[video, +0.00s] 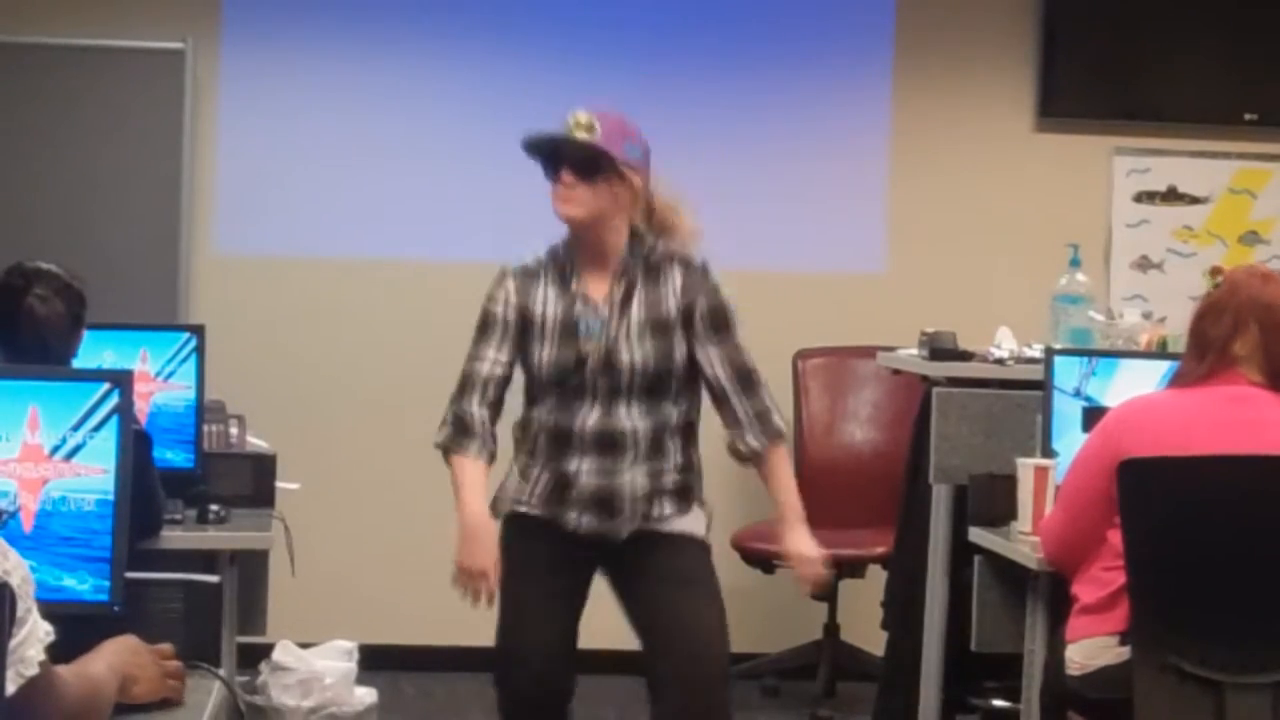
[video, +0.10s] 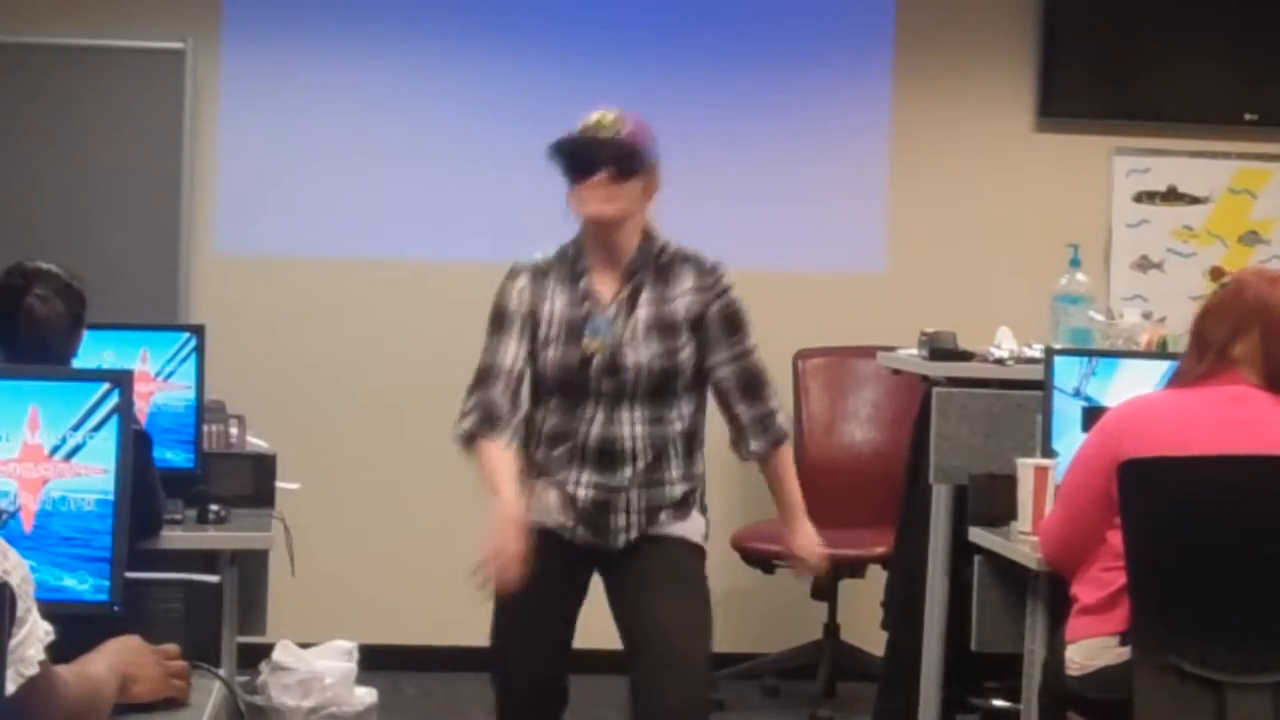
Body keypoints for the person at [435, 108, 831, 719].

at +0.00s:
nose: (561, 179)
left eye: (583, 168)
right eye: (557, 166)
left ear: (628, 186)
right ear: (549, 175)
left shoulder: (683, 282)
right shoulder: (522, 288)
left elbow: (748, 406)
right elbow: (470, 416)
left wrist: (793, 522)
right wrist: (473, 525)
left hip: (658, 517)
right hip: (546, 514)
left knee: (697, 690)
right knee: (529, 692)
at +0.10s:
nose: (597, 181)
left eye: (618, 168)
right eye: (583, 168)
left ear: (650, 185)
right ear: (568, 186)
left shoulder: (697, 285)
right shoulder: (529, 288)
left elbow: (754, 408)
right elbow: (491, 412)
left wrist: (796, 519)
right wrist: (507, 505)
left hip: (659, 518)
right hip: (548, 510)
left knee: (677, 695)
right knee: (522, 687)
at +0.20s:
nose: (650, 147)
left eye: (666, 133)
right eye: (630, 134)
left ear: (685, 148)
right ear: (600, 151)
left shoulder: (724, 253)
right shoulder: (551, 243)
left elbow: (762, 382)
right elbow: (519, 366)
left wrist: (763, 484)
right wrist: (575, 455)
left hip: (669, 495)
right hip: (561, 490)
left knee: (672, 684)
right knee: (549, 686)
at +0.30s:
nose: (690, 143)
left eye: (701, 131)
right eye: (670, 130)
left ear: (712, 145)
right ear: (628, 148)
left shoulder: (743, 249)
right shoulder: (572, 233)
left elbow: (761, 388)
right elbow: (542, 350)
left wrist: (747, 483)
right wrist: (633, 430)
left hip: (695, 503)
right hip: (581, 499)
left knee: (694, 687)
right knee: (575, 687)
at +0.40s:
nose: (713, 165)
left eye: (722, 152)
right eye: (691, 152)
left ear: (731, 167)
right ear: (645, 169)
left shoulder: (757, 280)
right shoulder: (582, 267)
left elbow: (774, 419)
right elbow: (563, 383)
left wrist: (768, 520)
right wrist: (670, 452)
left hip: (714, 526)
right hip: (598, 521)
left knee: (721, 703)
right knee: (589, 705)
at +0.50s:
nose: (734, 160)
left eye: (741, 147)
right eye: (711, 147)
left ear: (747, 159)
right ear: (663, 164)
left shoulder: (767, 273)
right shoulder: (596, 256)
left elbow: (791, 422)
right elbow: (577, 394)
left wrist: (804, 551)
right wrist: (642, 488)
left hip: (726, 528)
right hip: (608, 525)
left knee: (732, 703)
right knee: (599, 706)